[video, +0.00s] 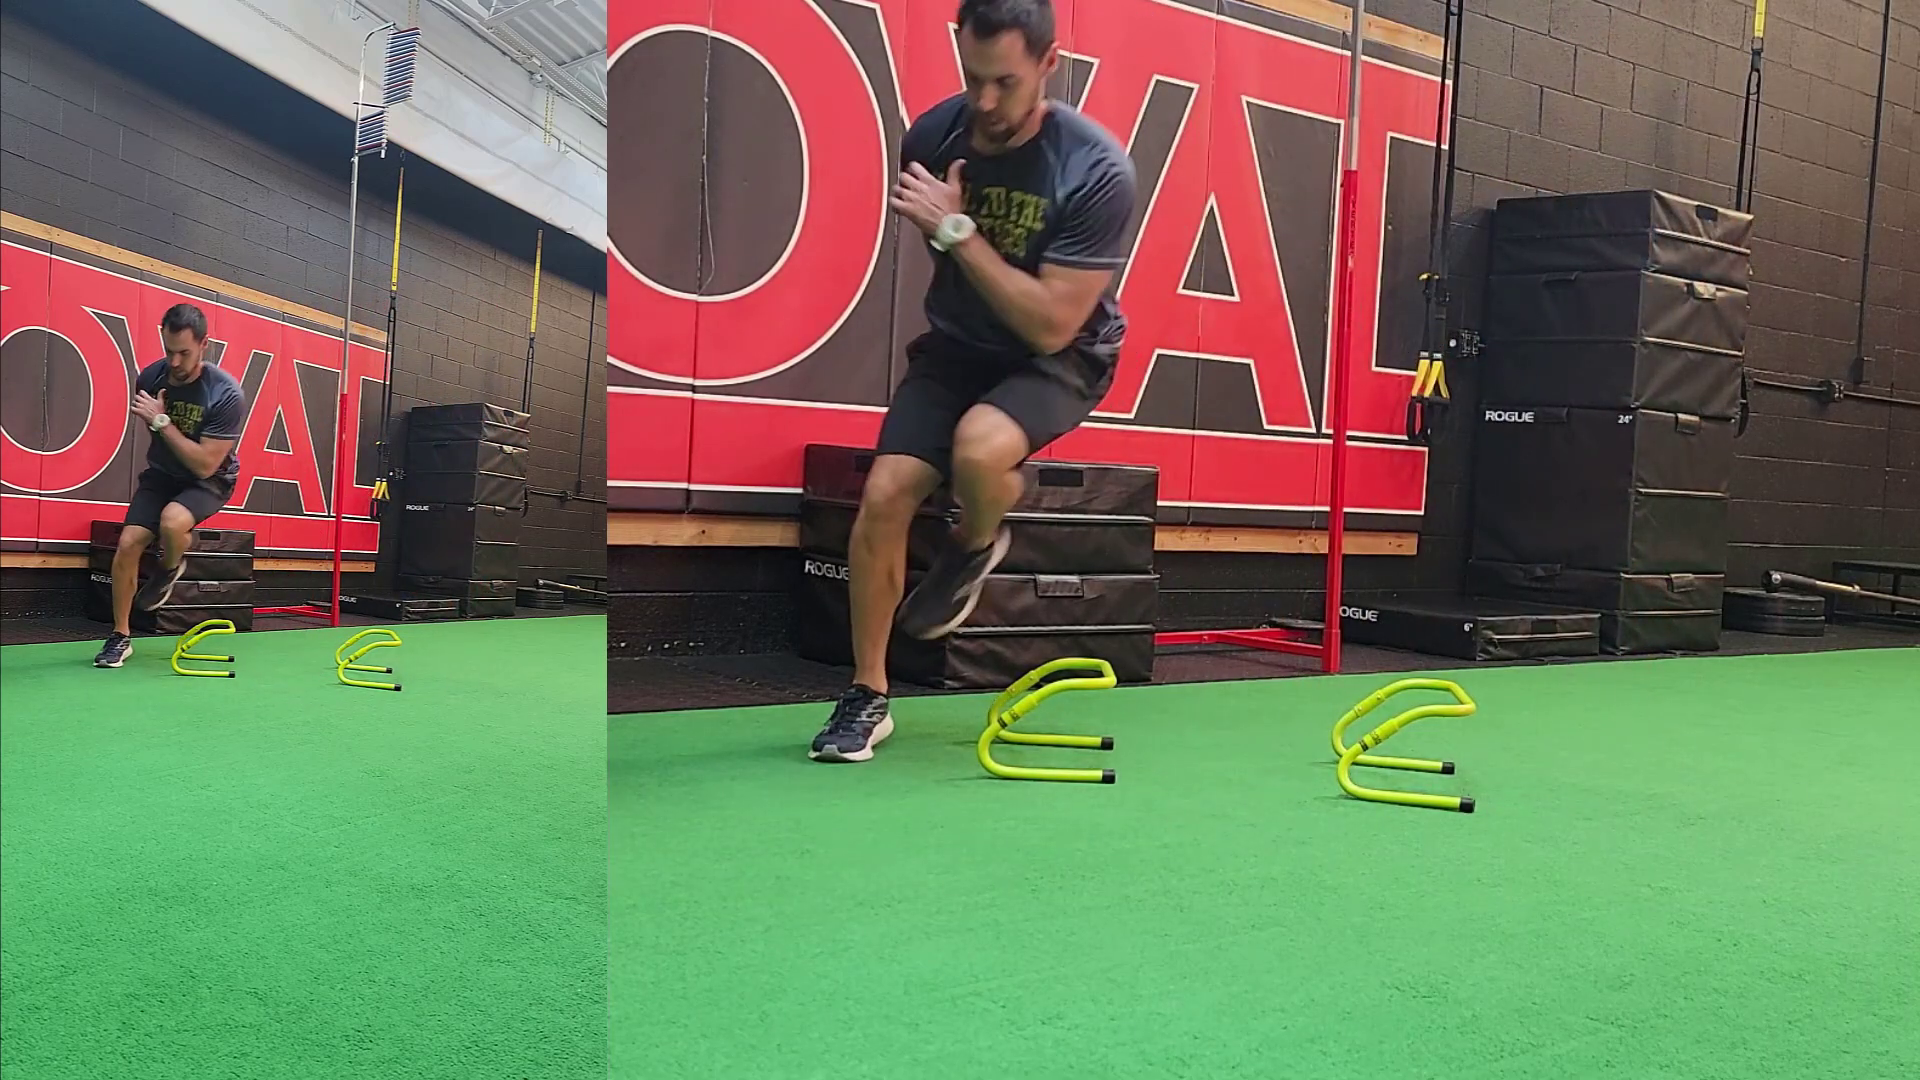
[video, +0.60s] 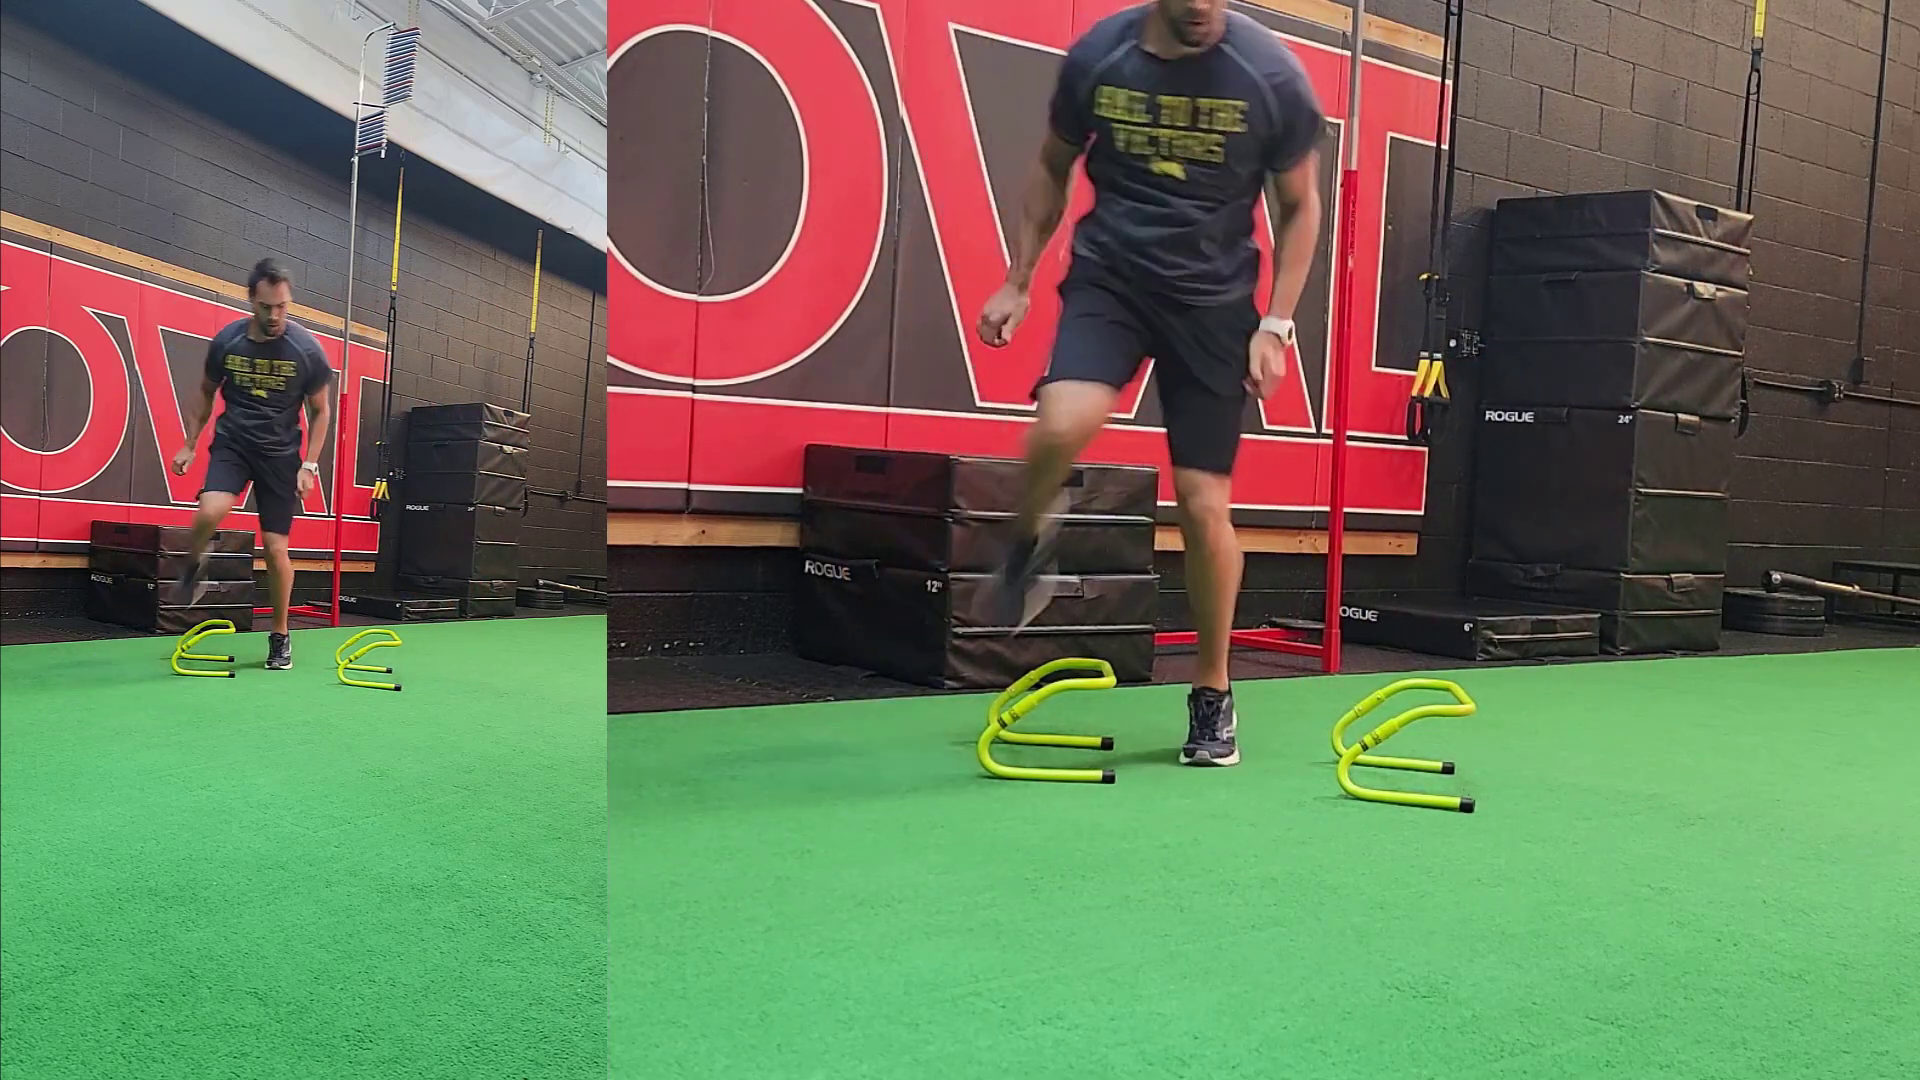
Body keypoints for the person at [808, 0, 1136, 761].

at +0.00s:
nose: (981, 101)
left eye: (1001, 83)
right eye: (970, 79)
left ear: (1048, 68)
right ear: (959, 59)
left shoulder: (1099, 174)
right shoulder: (935, 136)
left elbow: (1051, 325)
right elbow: (927, 244)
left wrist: (954, 232)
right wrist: (939, 218)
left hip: (1061, 360)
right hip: (958, 346)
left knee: (978, 449)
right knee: (884, 491)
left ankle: (974, 553)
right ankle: (867, 692)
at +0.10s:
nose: (965, 119)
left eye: (984, 100)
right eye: (953, 96)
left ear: (1028, 79)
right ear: (938, 78)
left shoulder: (1077, 188)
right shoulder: (918, 149)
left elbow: (1011, 334)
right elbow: (922, 270)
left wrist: (927, 225)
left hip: (1044, 367)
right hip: (942, 354)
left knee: (946, 463)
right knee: (870, 496)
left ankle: (954, 567)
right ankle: (868, 696)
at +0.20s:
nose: (961, 124)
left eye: (979, 104)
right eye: (947, 102)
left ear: (1019, 83)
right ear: (931, 84)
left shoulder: (1075, 184)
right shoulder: (907, 166)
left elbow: (1059, 341)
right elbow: (899, 266)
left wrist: (951, 259)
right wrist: (902, 346)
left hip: (1048, 360)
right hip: (949, 348)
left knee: (956, 456)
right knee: (872, 495)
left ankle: (962, 556)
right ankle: (868, 695)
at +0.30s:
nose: (989, 107)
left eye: (1005, 87)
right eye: (972, 87)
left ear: (1036, 68)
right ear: (951, 72)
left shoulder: (1095, 162)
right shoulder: (918, 162)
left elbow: (1144, 284)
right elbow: (890, 294)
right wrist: (859, 418)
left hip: (1061, 348)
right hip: (959, 348)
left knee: (991, 441)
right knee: (883, 494)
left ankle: (1049, 526)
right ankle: (872, 698)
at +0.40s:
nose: (1052, 62)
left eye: (1067, 42)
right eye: (1035, 44)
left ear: (1085, 30)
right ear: (1003, 30)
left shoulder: (1132, 118)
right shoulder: (959, 119)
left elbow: (1227, 215)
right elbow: (924, 238)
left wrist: (1238, 343)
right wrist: (942, 303)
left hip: (1099, 322)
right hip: (994, 330)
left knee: (1064, 443)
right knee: (914, 495)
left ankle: (1161, 544)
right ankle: (871, 697)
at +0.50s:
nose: (1125, 16)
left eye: (1137, 2)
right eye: (1108, 4)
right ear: (1080, 3)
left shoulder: (1207, 71)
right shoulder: (1021, 67)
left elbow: (1270, 177)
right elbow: (994, 172)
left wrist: (1271, 296)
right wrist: (1022, 213)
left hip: (1154, 296)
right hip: (1045, 296)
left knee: (1158, 469)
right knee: (973, 466)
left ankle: (1213, 636)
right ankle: (884, 666)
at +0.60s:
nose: (1206, 11)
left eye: (1218, 1)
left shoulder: (1274, 77)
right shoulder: (1098, 56)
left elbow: (1301, 207)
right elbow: (1052, 165)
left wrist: (1277, 326)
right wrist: (1016, 281)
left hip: (1212, 303)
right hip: (1109, 283)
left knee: (1202, 502)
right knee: (1059, 429)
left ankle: (1212, 693)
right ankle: (1026, 546)